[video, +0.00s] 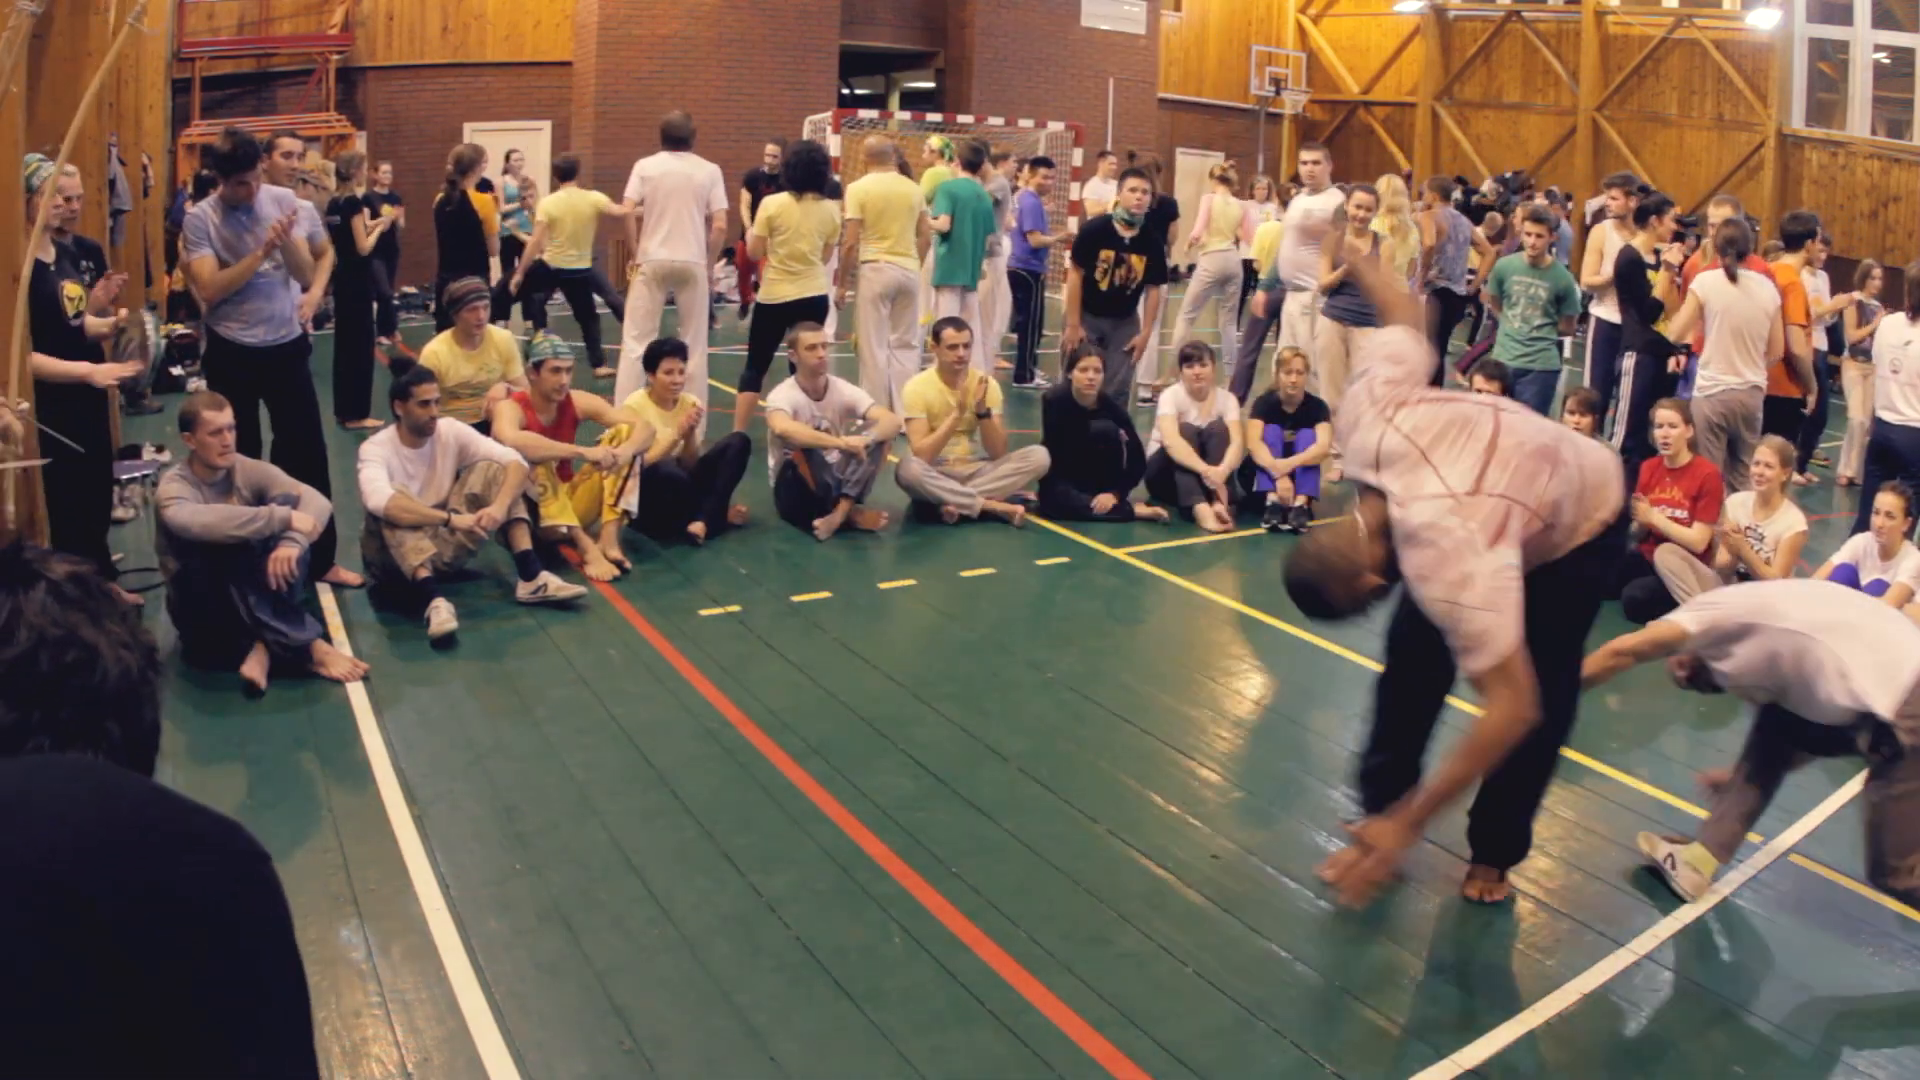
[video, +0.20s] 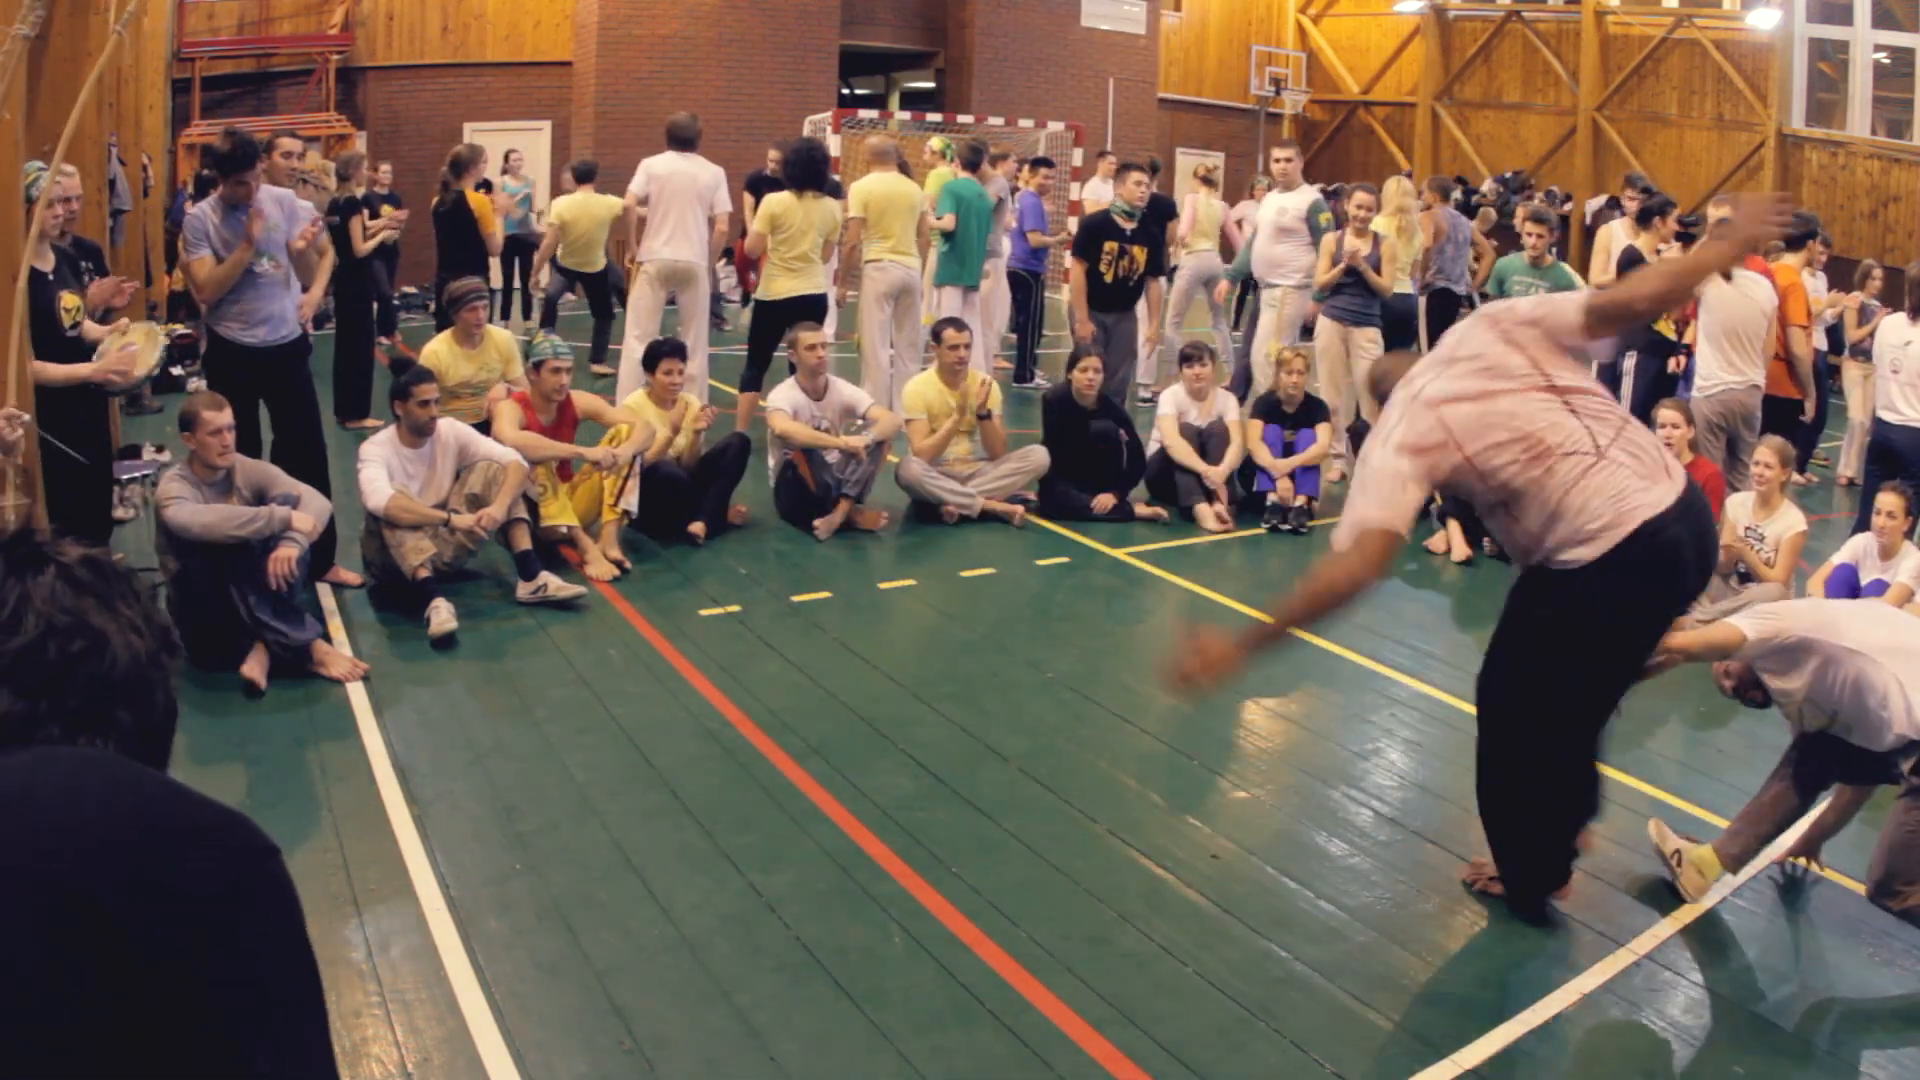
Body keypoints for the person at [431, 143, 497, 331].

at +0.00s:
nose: (485, 168)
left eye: (485, 163)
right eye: (483, 163)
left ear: (455, 165)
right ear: (475, 168)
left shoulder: (440, 200)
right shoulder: (484, 201)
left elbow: (444, 240)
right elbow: (493, 247)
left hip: (446, 279)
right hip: (475, 280)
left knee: (445, 337)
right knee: (474, 337)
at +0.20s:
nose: (486, 168)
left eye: (485, 163)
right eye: (483, 163)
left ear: (454, 167)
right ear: (473, 168)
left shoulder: (438, 202)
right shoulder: (480, 201)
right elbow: (495, 248)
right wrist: (500, 214)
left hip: (445, 278)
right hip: (474, 280)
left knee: (445, 336)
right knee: (473, 337)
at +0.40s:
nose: (484, 168)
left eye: (484, 162)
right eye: (481, 163)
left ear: (452, 168)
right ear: (469, 168)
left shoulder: (438, 201)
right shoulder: (479, 201)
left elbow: (442, 241)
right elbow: (490, 246)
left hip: (445, 276)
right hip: (473, 277)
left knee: (444, 337)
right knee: (474, 336)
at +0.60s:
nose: (482, 168)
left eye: (482, 163)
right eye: (479, 163)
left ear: (451, 168)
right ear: (468, 168)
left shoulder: (438, 199)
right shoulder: (476, 200)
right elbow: (494, 245)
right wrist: (495, 213)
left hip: (442, 282)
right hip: (471, 284)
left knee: (442, 342)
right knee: (469, 343)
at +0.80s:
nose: (480, 167)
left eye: (480, 162)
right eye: (476, 162)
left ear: (448, 168)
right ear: (464, 168)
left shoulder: (437, 199)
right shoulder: (474, 200)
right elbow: (488, 245)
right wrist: (490, 215)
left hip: (441, 280)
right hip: (468, 282)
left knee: (442, 343)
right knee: (469, 342)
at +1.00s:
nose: (476, 166)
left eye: (476, 161)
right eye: (473, 162)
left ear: (445, 167)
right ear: (463, 167)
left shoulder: (432, 200)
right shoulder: (474, 198)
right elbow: (487, 245)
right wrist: (486, 210)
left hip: (438, 280)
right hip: (467, 280)